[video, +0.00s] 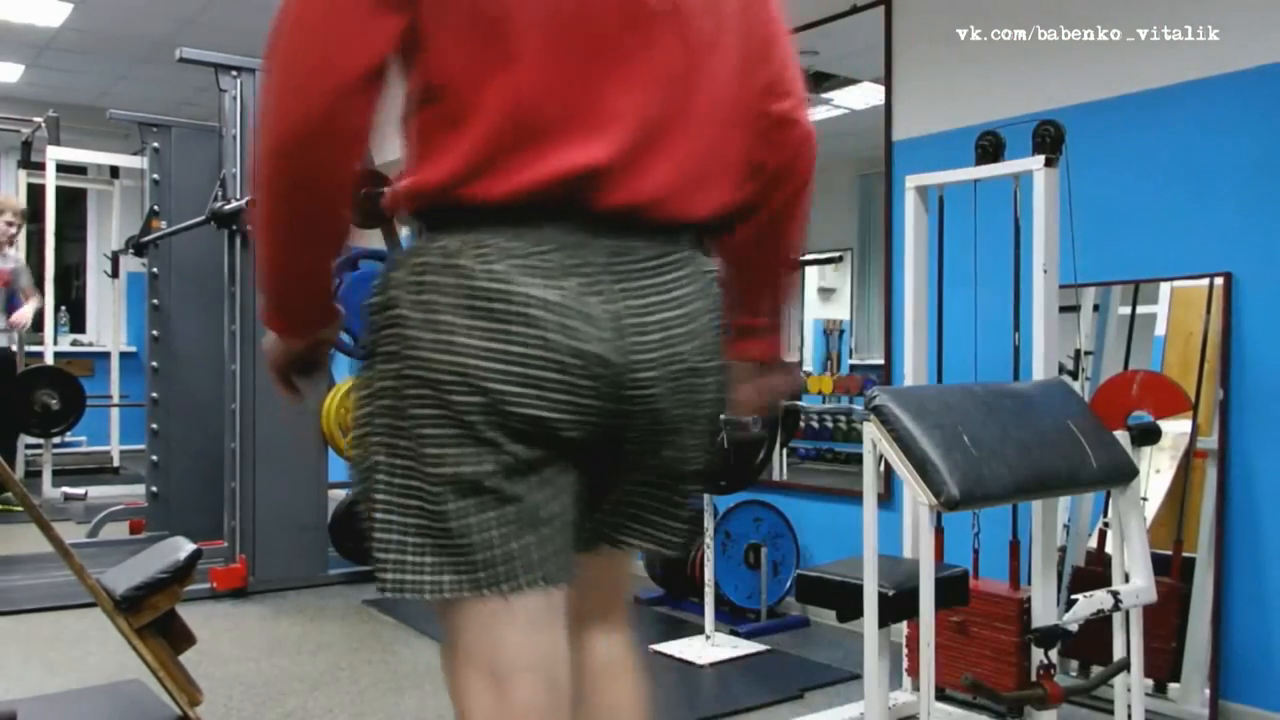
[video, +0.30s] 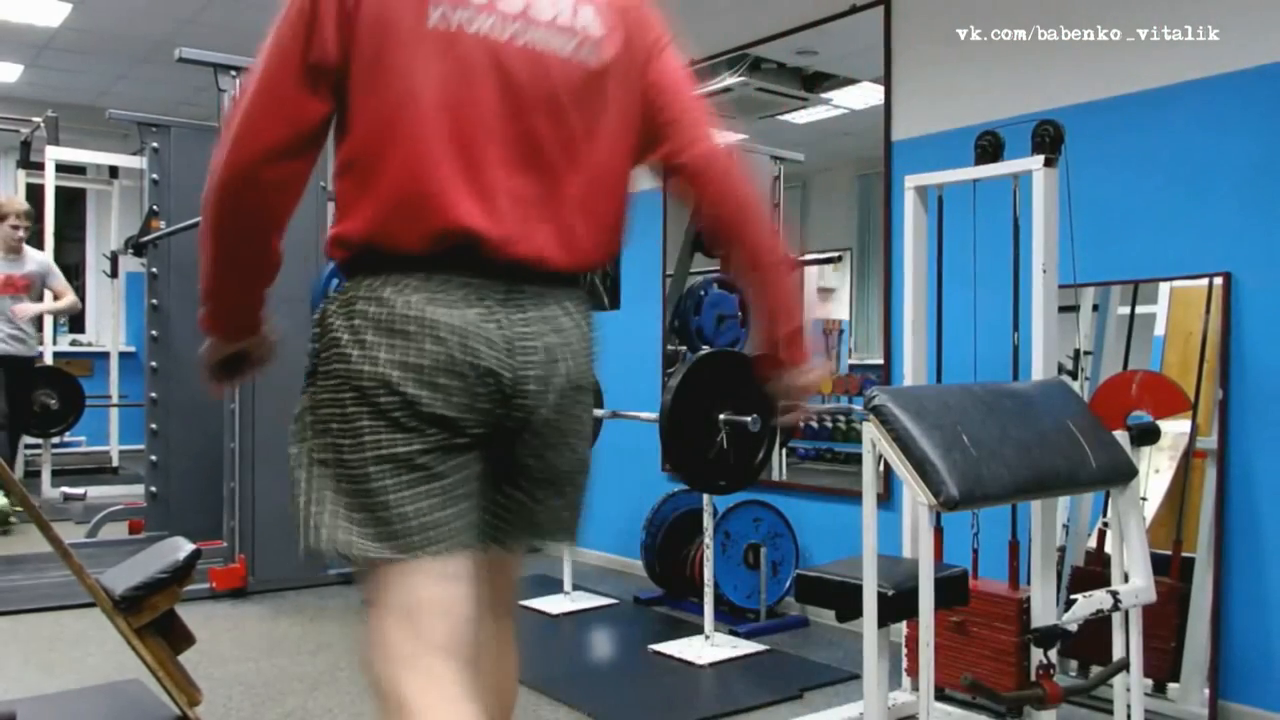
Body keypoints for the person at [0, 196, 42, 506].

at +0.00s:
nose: (12, 230)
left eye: (16, 225)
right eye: (7, 223)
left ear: (20, 229)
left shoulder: (15, 263)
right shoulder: (9, 264)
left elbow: (34, 296)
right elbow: (33, 296)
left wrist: (28, 309)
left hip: (7, 348)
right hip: (4, 349)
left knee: (10, 416)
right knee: (8, 416)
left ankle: (7, 486)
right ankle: (6, 486)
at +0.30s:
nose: (19, 232)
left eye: (24, 227)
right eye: (13, 226)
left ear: (29, 229)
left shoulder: (40, 261)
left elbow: (73, 301)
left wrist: (38, 307)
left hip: (21, 355)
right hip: (1, 353)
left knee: (14, 424)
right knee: (7, 423)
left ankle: (6, 492)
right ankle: (4, 492)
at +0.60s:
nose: (10, 230)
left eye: (15, 224)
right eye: (4, 224)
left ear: (23, 225)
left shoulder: (39, 257)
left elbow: (67, 302)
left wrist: (27, 313)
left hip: (30, 360)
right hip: (1, 359)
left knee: (38, 428)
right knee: (2, 432)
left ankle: (28, 484)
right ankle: (8, 504)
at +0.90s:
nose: (15, 217)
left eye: (20, 211)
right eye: (9, 210)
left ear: (26, 213)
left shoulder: (39, 247)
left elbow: (67, 300)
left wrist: (34, 279)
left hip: (24, 347)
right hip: (4, 349)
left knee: (26, 421)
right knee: (7, 429)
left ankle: (22, 509)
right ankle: (7, 508)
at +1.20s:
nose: (22, 207)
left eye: (26, 201)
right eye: (16, 200)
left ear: (31, 203)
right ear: (1, 201)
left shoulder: (36, 236)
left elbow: (50, 290)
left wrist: (20, 245)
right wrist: (17, 245)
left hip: (20, 344)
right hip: (5, 346)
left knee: (15, 431)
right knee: (11, 433)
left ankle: (10, 527)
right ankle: (8, 527)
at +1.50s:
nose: (0, 185)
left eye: (2, 179)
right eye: (2, 178)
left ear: (5, 182)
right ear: (6, 182)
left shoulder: (19, 225)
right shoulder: (17, 226)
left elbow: (15, 275)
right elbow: (16, 275)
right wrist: (8, 252)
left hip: (10, 348)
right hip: (8, 349)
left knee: (8, 440)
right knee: (7, 440)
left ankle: (8, 528)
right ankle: (6, 529)